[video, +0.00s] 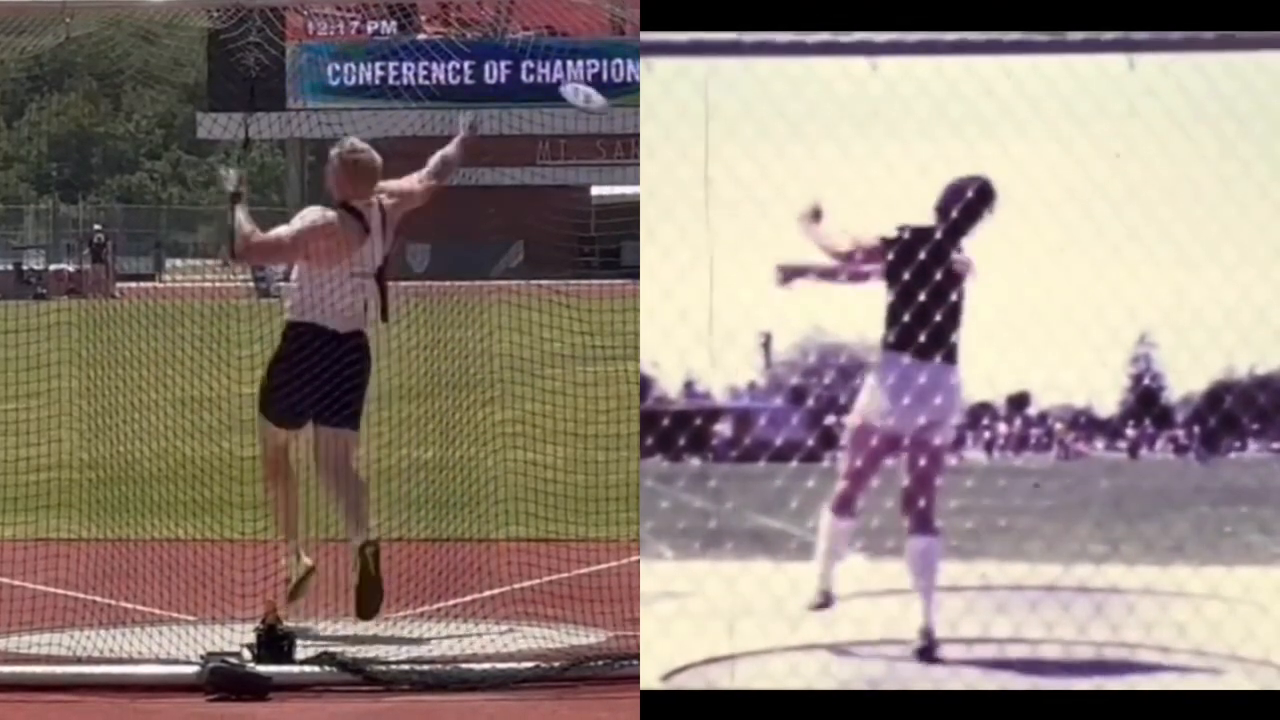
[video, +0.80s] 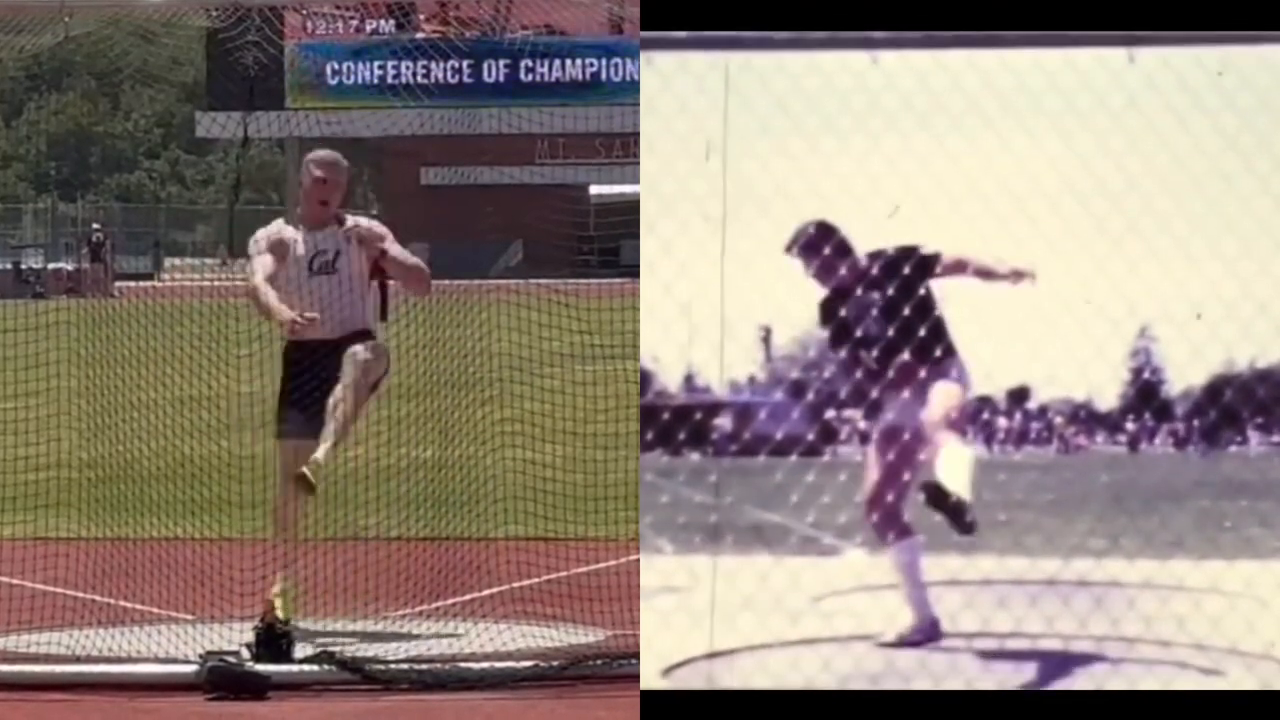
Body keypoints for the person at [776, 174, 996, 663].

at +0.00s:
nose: (978, 223)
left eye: (976, 211)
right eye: (980, 214)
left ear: (941, 201)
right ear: (975, 216)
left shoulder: (909, 243)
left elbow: (847, 252)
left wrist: (813, 226)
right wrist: (803, 271)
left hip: (894, 371)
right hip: (942, 376)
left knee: (851, 484)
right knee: (921, 501)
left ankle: (823, 583)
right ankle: (929, 622)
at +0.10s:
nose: (922, 198)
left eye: (929, 194)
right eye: (933, 195)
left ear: (928, 203)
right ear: (958, 221)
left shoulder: (912, 248)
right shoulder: (942, 259)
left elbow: (860, 255)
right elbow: (869, 298)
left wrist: (812, 238)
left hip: (913, 367)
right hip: (952, 375)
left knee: (844, 470)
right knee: (921, 501)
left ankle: (791, 575)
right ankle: (923, 626)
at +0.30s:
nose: (875, 245)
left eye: (879, 239)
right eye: (877, 239)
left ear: (893, 236)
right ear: (901, 235)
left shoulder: (926, 258)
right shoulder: (879, 287)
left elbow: (897, 265)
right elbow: (879, 351)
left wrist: (854, 269)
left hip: (936, 383)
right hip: (909, 389)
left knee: (842, 460)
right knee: (902, 501)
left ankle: (764, 559)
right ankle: (928, 621)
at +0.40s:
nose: (842, 267)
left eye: (848, 257)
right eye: (843, 259)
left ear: (868, 254)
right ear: (856, 261)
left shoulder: (906, 268)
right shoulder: (858, 314)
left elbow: (945, 273)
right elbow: (865, 365)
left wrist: (904, 286)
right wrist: (894, 373)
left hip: (942, 394)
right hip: (910, 402)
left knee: (856, 457)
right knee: (894, 509)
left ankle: (771, 548)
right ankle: (926, 624)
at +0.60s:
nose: (817, 277)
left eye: (819, 267)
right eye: (814, 270)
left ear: (839, 257)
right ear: (826, 266)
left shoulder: (898, 268)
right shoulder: (845, 319)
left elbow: (952, 270)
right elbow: (877, 379)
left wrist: (971, 281)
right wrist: (911, 374)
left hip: (949, 385)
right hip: (912, 401)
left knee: (894, 442)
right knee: (889, 511)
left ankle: (827, 514)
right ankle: (926, 619)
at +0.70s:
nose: (817, 276)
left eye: (820, 266)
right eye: (812, 270)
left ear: (840, 256)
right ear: (817, 270)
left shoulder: (897, 267)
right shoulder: (838, 315)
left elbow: (953, 267)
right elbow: (872, 372)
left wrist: (993, 277)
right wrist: (904, 371)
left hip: (945, 377)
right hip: (901, 396)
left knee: (916, 430)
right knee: (886, 500)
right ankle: (925, 616)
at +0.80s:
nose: (814, 270)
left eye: (816, 259)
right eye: (807, 264)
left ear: (836, 248)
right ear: (809, 266)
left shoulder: (894, 266)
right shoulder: (832, 310)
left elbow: (958, 265)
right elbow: (858, 365)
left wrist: (1002, 273)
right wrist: (867, 404)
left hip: (940, 375)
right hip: (896, 398)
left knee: (939, 422)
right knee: (880, 504)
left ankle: (956, 495)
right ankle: (924, 618)